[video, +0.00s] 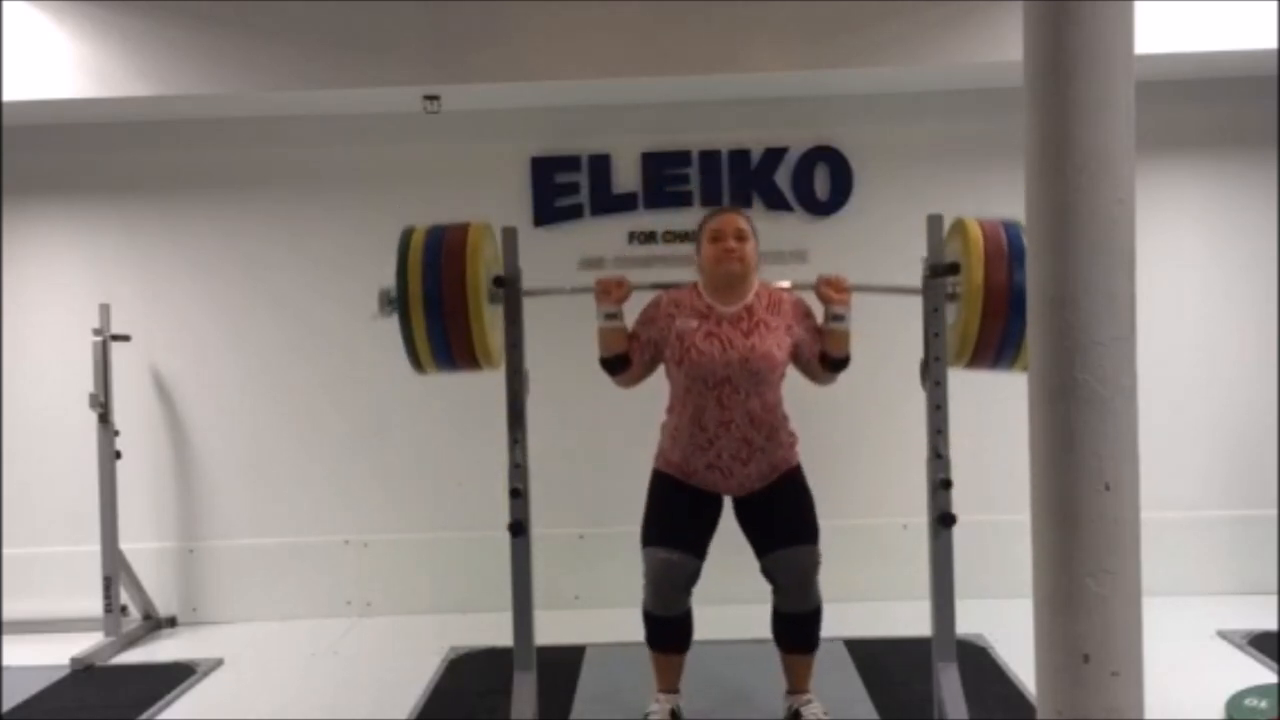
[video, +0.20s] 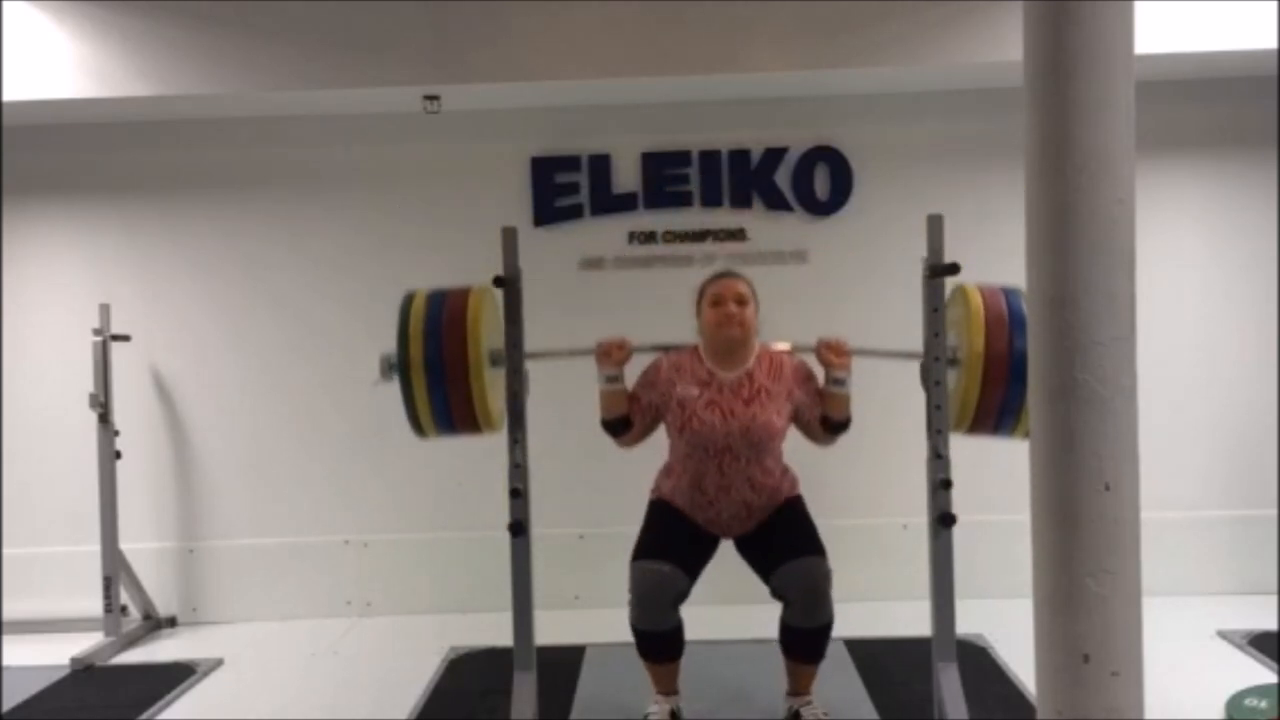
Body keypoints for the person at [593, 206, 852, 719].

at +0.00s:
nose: (728, 245)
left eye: (739, 237)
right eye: (716, 238)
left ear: (756, 252)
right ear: (698, 254)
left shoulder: (784, 307)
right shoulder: (671, 309)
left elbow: (825, 370)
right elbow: (625, 373)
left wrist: (837, 315)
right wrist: (610, 313)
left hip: (768, 464)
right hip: (686, 466)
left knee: (798, 577)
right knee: (665, 581)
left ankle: (801, 698)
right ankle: (665, 701)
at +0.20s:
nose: (729, 309)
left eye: (740, 301)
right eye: (717, 302)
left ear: (756, 316)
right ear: (699, 319)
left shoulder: (784, 370)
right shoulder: (671, 371)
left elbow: (826, 432)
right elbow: (625, 432)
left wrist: (838, 378)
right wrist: (611, 375)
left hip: (766, 500)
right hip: (685, 501)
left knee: (809, 586)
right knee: (651, 590)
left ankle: (801, 701)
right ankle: (665, 703)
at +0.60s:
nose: (733, 412)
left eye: (744, 403)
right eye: (720, 404)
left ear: (758, 414)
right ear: (701, 416)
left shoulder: (788, 466)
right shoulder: (672, 466)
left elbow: (831, 529)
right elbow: (629, 528)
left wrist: (841, 472)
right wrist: (614, 472)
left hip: (771, 596)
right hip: (690, 597)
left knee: (824, 622)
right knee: (640, 624)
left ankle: (800, 703)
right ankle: (666, 705)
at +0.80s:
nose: (733, 413)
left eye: (744, 404)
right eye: (720, 404)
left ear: (759, 414)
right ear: (701, 414)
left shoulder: (787, 463)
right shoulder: (670, 464)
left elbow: (827, 522)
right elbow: (629, 524)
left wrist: (841, 469)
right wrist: (613, 469)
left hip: (770, 590)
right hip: (688, 592)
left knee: (823, 619)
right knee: (639, 625)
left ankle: (800, 703)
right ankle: (666, 704)